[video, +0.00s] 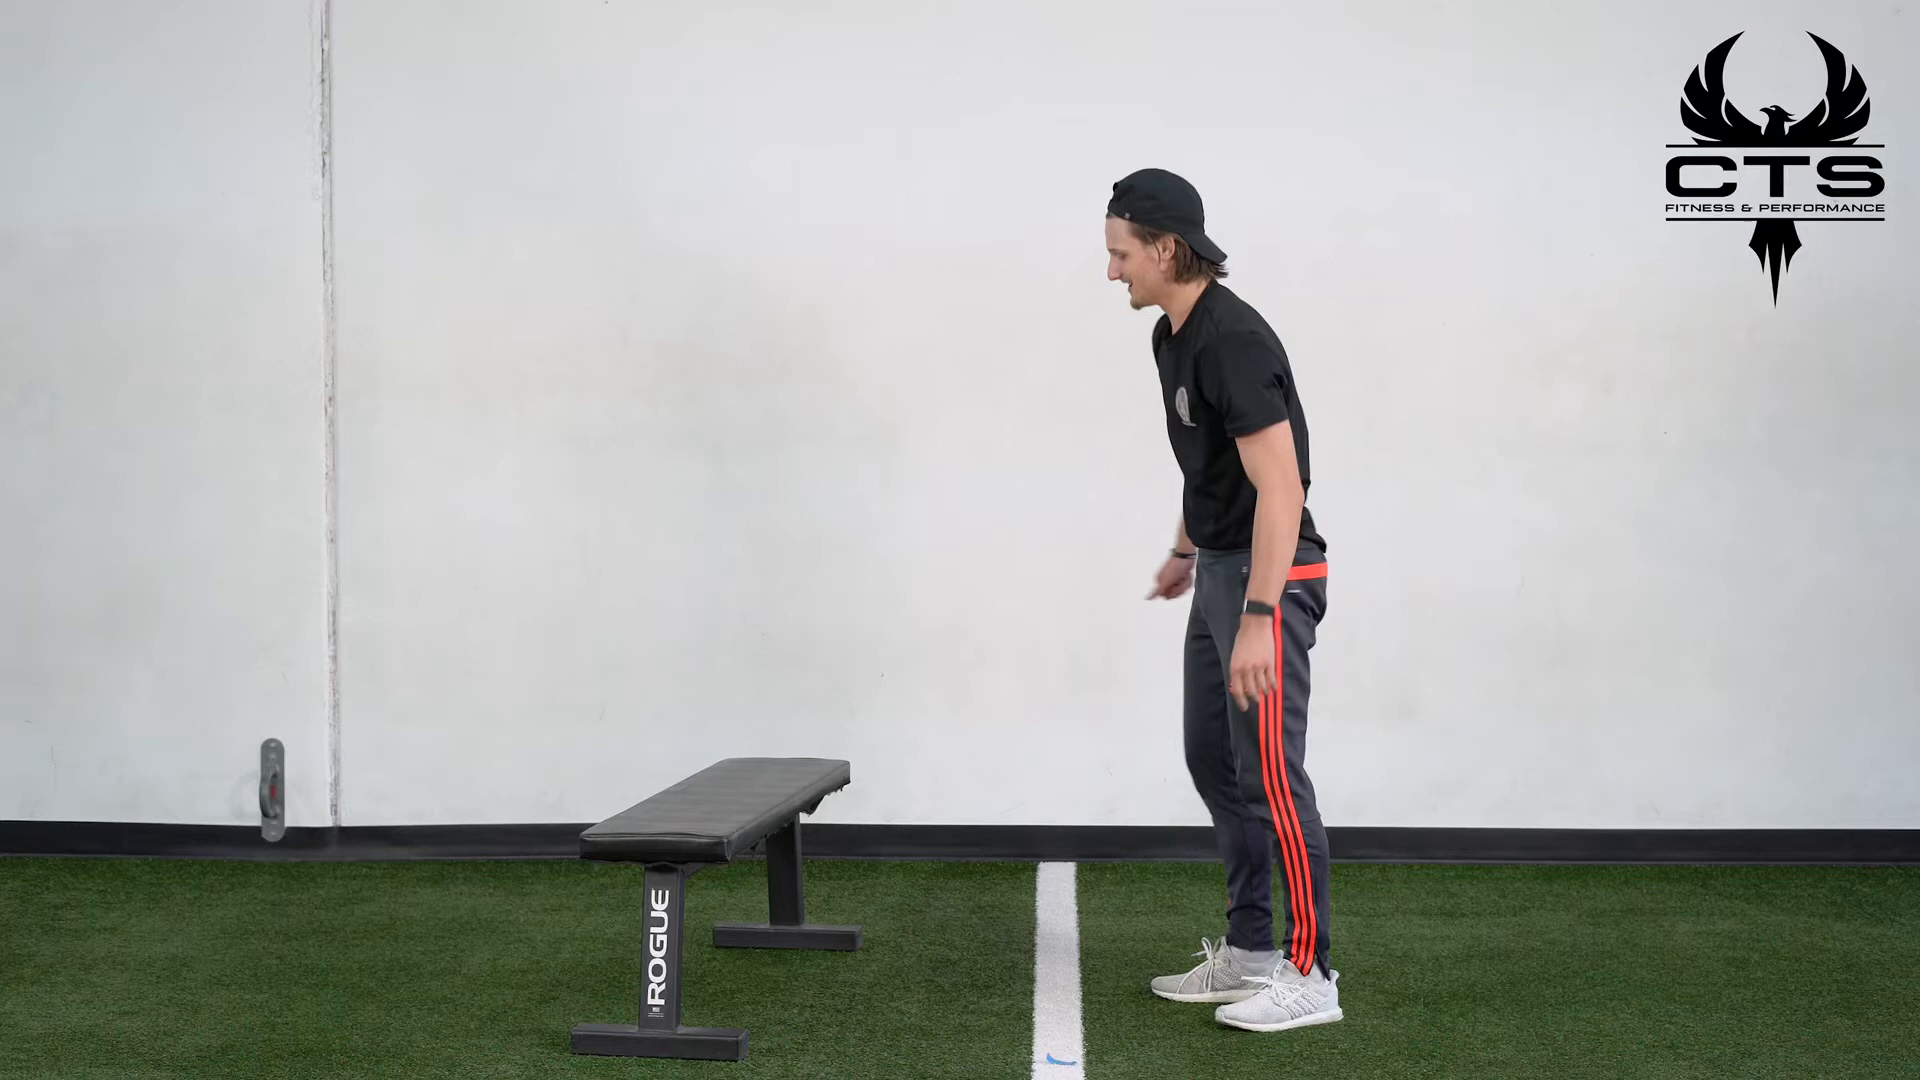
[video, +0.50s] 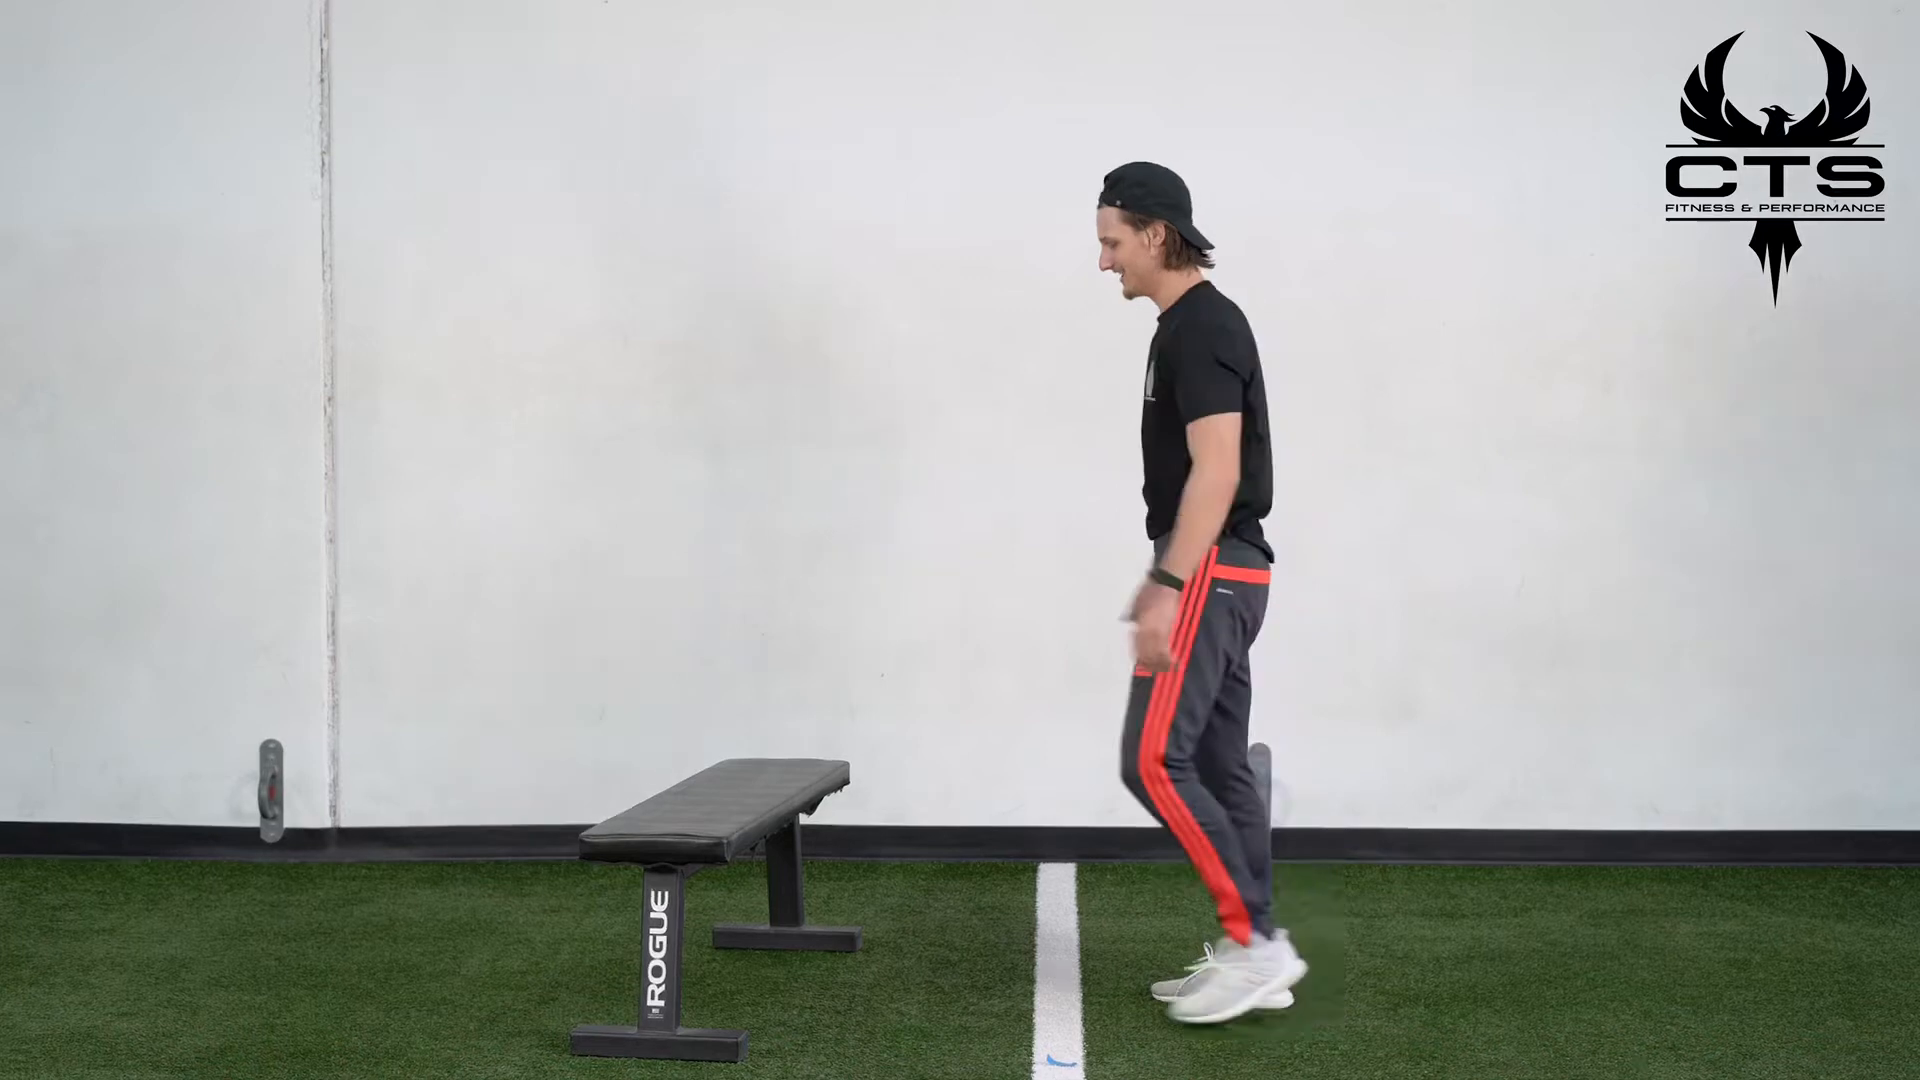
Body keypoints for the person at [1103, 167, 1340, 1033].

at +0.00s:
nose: (1111, 266)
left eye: (1120, 249)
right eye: (1110, 249)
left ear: (1167, 246)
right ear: (1163, 248)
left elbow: (1281, 487)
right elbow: (1209, 456)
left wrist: (1260, 616)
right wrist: (1187, 546)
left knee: (1268, 771)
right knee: (1214, 762)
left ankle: (1307, 977)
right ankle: (1252, 952)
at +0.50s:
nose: (1105, 258)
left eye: (1113, 240)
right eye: (1102, 242)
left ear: (1158, 235)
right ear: (1159, 237)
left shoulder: (1198, 327)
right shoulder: (1197, 322)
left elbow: (1217, 475)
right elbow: (1212, 473)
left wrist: (1167, 584)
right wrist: (1173, 579)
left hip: (1211, 573)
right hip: (1217, 573)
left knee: (1154, 759)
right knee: (1222, 763)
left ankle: (1255, 944)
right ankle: (1253, 949)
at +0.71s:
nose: (1069, 260)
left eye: (1077, 242)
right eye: (1067, 242)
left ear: (1123, 235)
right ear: (1122, 237)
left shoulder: (1167, 325)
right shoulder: (1167, 321)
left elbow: (1182, 468)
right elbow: (1182, 470)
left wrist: (1093, 559)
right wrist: (1118, 562)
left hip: (1185, 565)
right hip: (1205, 565)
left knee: (1116, 761)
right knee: (1216, 771)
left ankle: (1119, 974)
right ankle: (1253, 959)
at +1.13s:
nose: (933, 288)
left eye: (940, 268)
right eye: (932, 270)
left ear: (987, 261)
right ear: (989, 264)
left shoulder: (1034, 350)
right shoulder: (1062, 331)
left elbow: (1042, 507)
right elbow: (1109, 473)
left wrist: (982, 623)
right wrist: (1058, 580)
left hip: (1139, 565)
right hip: (1153, 558)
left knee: (1082, 767)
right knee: (1108, 754)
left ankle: (1098, 979)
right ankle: (1151, 949)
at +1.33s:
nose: (876, 360)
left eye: (880, 340)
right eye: (872, 342)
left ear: (920, 327)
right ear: (927, 327)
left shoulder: (982, 398)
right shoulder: (1010, 385)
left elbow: (945, 560)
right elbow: (1011, 542)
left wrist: (873, 665)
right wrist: (941, 637)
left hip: (1144, 569)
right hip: (1159, 563)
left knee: (1077, 773)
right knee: (1105, 773)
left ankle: (1098, 978)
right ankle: (1102, 965)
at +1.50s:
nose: (843, 435)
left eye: (846, 415)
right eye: (838, 418)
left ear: (887, 400)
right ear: (896, 400)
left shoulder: (946, 461)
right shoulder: (972, 450)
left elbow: (888, 621)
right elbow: (939, 605)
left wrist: (803, 717)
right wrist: (871, 685)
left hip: (1149, 579)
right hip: (1166, 573)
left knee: (1063, 772)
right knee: (1099, 774)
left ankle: (1099, 976)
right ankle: (1099, 964)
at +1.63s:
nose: (826, 497)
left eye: (825, 477)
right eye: (820, 480)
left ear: (860, 458)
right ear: (867, 457)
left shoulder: (927, 504)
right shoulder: (948, 499)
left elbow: (862, 661)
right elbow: (889, 662)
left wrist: (770, 766)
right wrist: (811, 743)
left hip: (1146, 582)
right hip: (1169, 575)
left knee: (1041, 762)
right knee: (1096, 770)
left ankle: (1137, 944)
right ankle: (1100, 953)